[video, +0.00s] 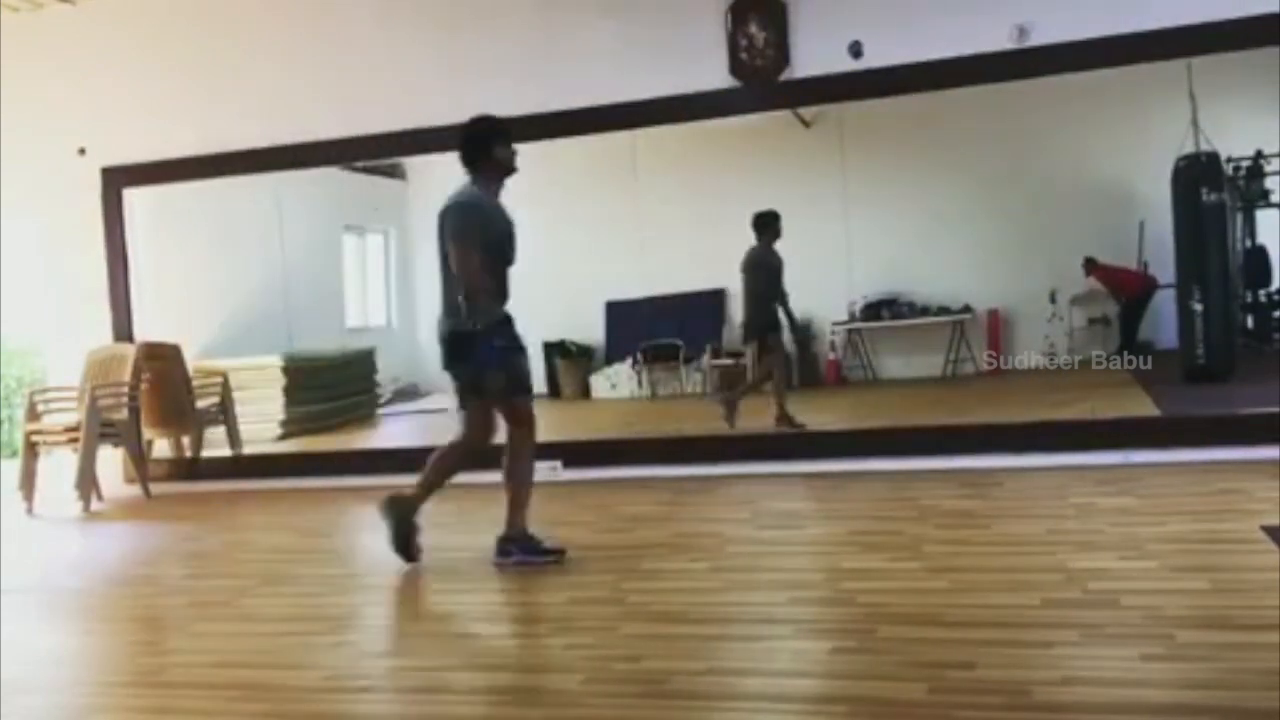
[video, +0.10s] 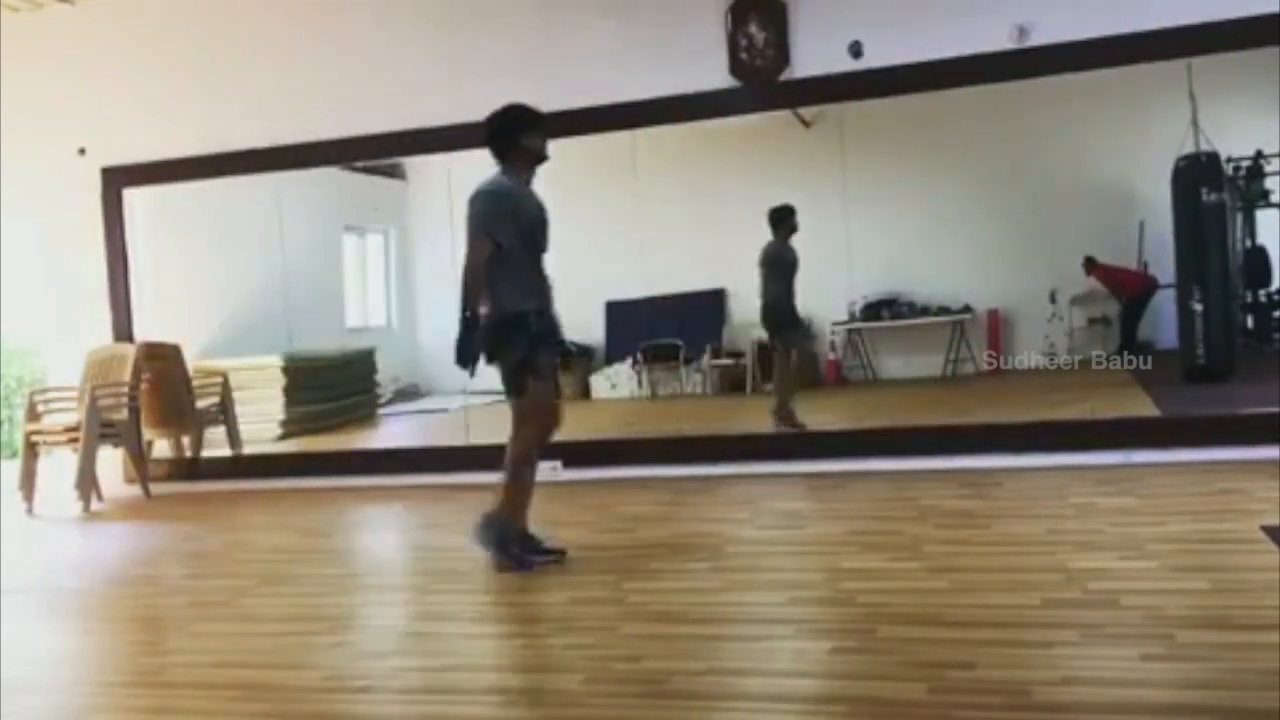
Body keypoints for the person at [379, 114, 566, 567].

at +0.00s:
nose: (514, 155)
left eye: (511, 147)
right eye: (506, 148)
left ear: (487, 156)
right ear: (488, 156)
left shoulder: (489, 208)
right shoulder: (464, 208)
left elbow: (487, 273)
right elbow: (466, 271)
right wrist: (487, 316)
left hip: (489, 331)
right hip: (474, 335)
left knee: (477, 434)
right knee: (479, 434)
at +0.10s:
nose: (544, 150)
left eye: (543, 141)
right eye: (536, 141)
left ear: (520, 146)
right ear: (512, 146)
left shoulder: (527, 199)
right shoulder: (492, 197)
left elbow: (531, 269)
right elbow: (475, 261)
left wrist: (551, 328)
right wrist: (468, 322)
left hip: (534, 319)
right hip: (511, 321)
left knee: (543, 417)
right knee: (533, 418)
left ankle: (507, 518)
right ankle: (511, 525)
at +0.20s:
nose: (561, 144)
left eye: (559, 135)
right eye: (552, 135)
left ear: (536, 144)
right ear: (528, 143)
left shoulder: (548, 203)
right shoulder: (505, 197)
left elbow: (554, 269)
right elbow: (479, 263)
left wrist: (583, 322)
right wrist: (469, 324)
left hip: (541, 315)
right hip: (517, 318)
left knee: (532, 420)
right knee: (565, 410)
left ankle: (520, 530)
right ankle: (550, 526)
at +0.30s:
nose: (594, 145)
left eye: (591, 138)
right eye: (585, 139)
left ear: (566, 150)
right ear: (563, 149)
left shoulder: (581, 206)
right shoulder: (537, 203)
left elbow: (593, 271)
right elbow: (506, 269)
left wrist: (628, 307)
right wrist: (493, 330)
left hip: (573, 327)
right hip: (558, 330)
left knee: (544, 428)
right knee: (609, 418)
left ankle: (518, 530)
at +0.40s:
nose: (611, 143)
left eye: (608, 135)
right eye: (601, 137)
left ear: (582, 149)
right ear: (580, 148)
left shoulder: (598, 204)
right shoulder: (556, 204)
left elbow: (615, 267)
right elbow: (528, 276)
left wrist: (650, 305)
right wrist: (514, 341)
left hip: (597, 329)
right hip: (577, 333)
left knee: (562, 427)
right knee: (629, 419)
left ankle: (522, 527)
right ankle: (679, 525)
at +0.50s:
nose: (643, 130)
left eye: (640, 122)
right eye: (634, 124)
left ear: (620, 135)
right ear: (615, 136)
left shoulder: (640, 194)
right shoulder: (594, 198)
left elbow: (657, 262)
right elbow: (583, 274)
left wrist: (680, 320)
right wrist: (579, 342)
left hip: (650, 312)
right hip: (625, 317)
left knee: (632, 424)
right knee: (654, 424)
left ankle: (557, 504)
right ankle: (687, 528)